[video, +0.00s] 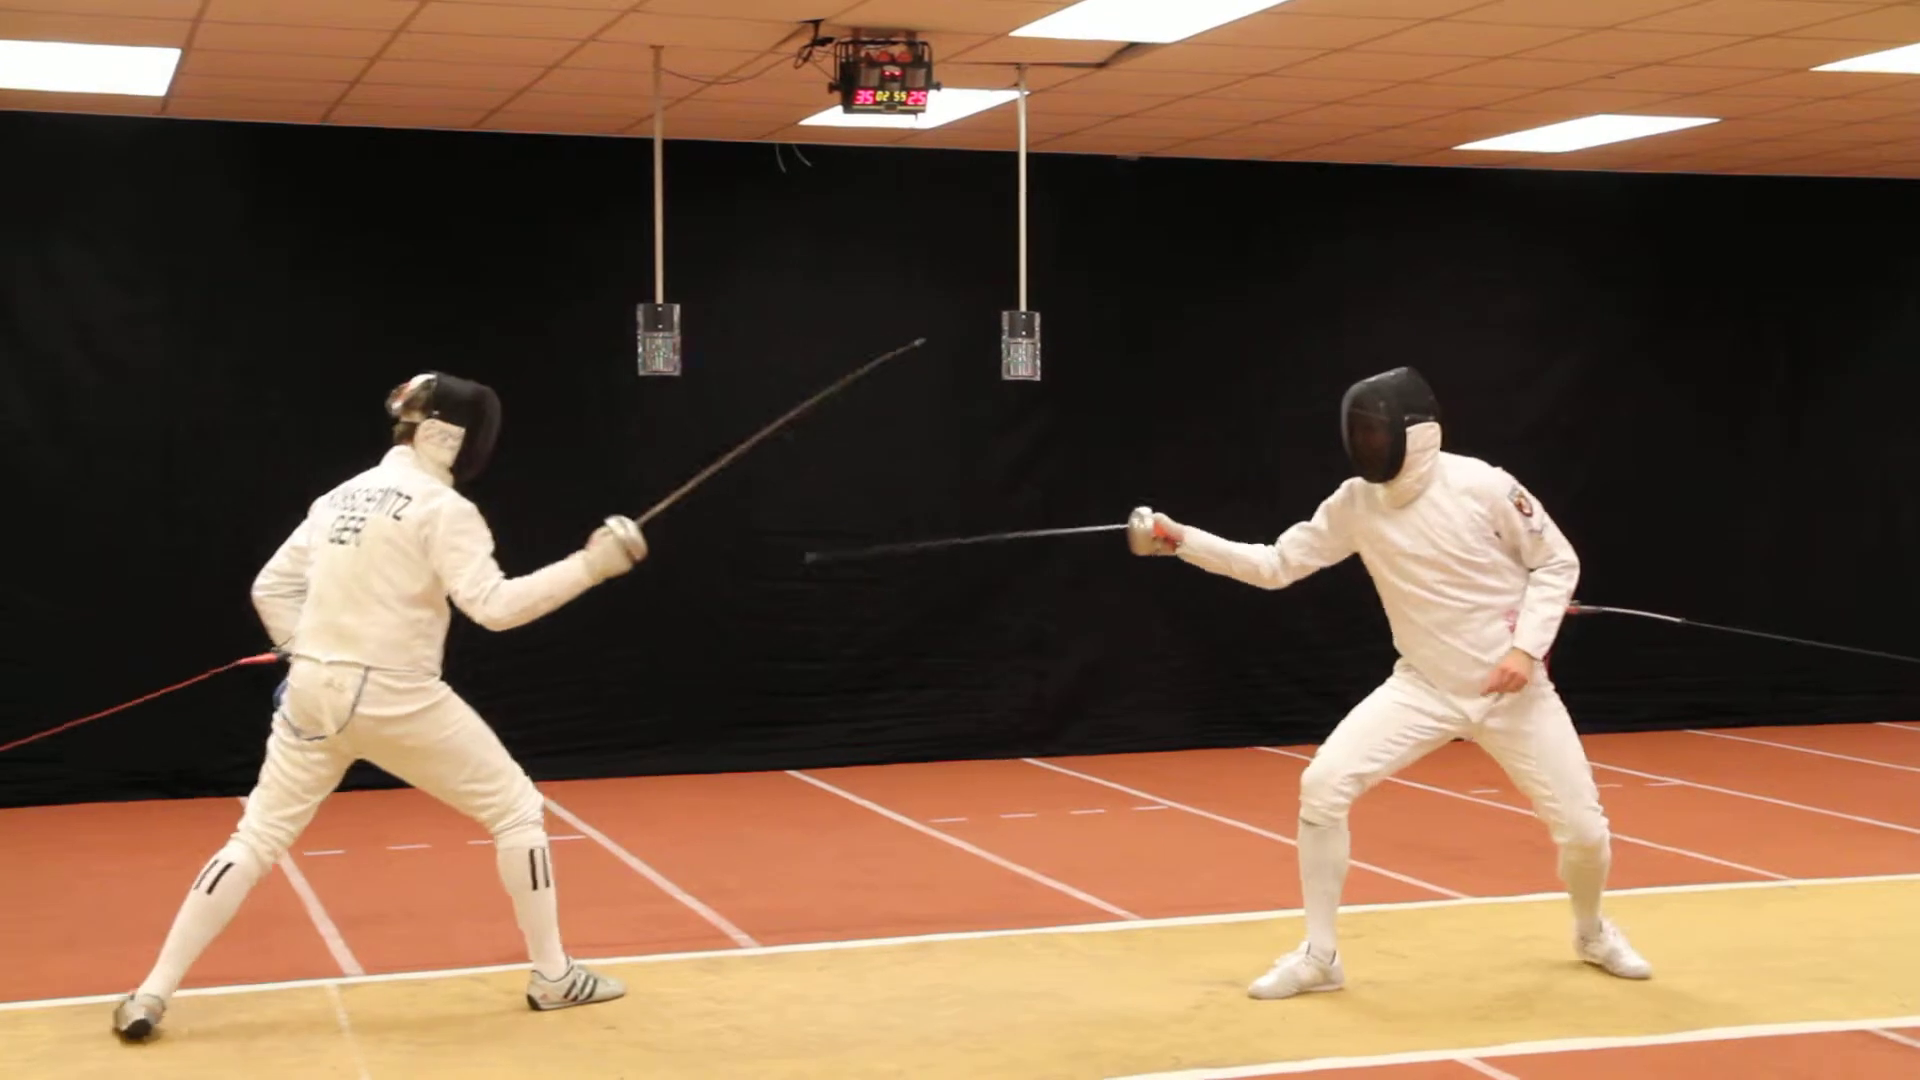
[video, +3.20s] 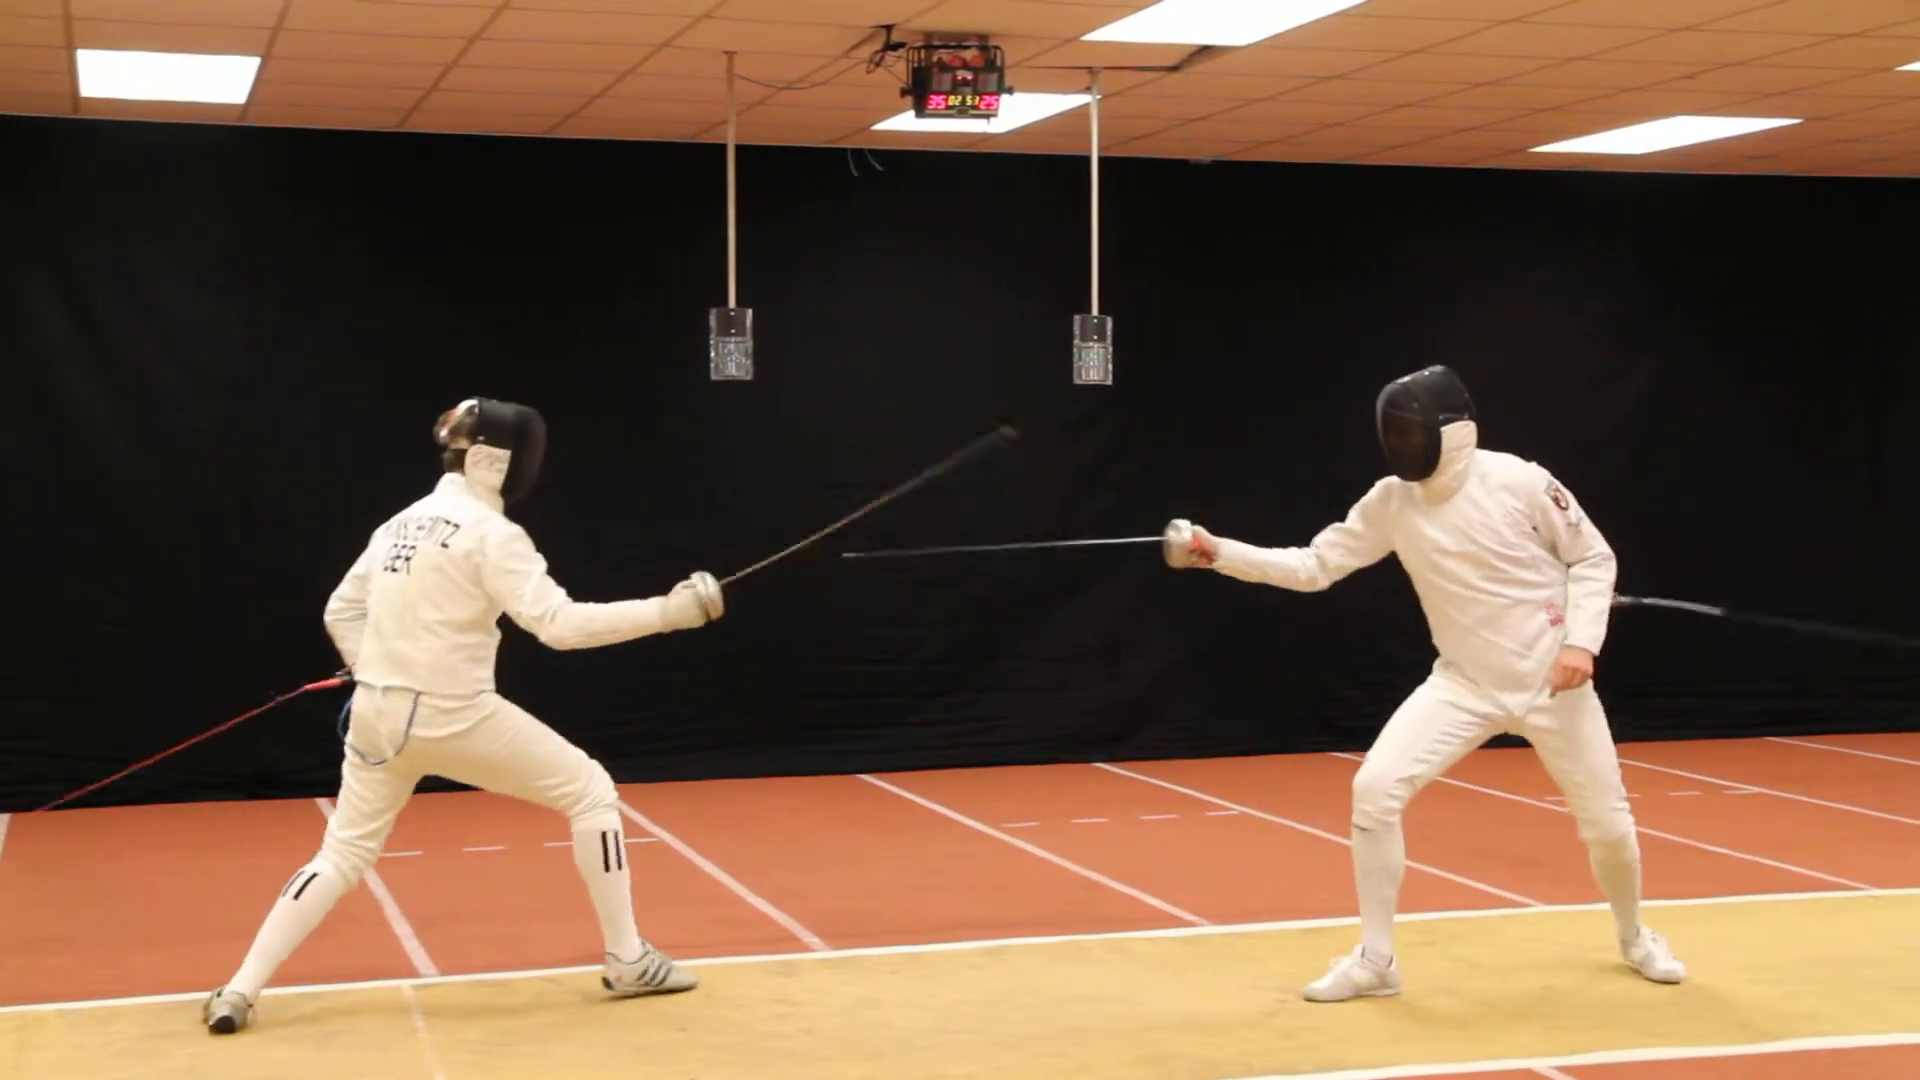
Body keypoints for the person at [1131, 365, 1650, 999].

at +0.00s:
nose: (1360, 445)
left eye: (1373, 431)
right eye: (1355, 431)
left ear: (1416, 432)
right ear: (1355, 436)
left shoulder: (1483, 488)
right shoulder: (1356, 506)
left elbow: (1556, 563)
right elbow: (1273, 564)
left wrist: (1526, 648)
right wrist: (1176, 538)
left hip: (1515, 691)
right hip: (1421, 690)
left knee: (1586, 834)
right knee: (1323, 789)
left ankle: (1591, 933)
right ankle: (1319, 955)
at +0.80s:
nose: (1409, 417)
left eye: (1422, 403)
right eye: (1406, 404)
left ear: (1464, 402)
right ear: (1406, 408)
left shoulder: (1529, 461)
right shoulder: (1406, 480)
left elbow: (1603, 541)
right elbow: (1352, 559)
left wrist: (1549, 616)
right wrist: (1264, 543)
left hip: (1558, 665)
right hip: (1466, 666)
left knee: (1590, 815)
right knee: (1393, 788)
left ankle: (1615, 936)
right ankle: (1354, 952)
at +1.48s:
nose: (1368, 427)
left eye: (1380, 414)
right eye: (1365, 414)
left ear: (1425, 414)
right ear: (1369, 418)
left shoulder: (1496, 472)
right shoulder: (1365, 485)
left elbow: (1559, 553)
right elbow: (1279, 535)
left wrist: (1534, 635)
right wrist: (1176, 517)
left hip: (1510, 681)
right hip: (1416, 676)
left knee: (1562, 822)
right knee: (1341, 793)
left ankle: (1603, 940)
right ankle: (1326, 962)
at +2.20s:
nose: (1381, 432)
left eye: (1393, 417)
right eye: (1376, 419)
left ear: (1435, 416)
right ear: (1377, 423)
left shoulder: (1505, 477)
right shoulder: (1380, 495)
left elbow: (1575, 562)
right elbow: (1341, 581)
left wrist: (1542, 640)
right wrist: (1252, 557)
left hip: (1528, 684)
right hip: (1435, 682)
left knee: (1591, 831)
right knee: (1355, 799)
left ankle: (1638, 923)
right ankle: (1313, 962)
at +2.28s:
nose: (1407, 427)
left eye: (1418, 413)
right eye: (1404, 414)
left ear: (1462, 413)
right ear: (1410, 416)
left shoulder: (1535, 473)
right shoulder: (1410, 491)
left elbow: (1604, 558)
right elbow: (1369, 576)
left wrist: (1562, 634)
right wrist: (1282, 559)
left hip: (1562, 677)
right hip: (1469, 677)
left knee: (1607, 824)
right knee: (1393, 805)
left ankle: (1642, 930)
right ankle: (1331, 957)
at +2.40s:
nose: (1445, 423)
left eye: (1459, 409)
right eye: (1442, 410)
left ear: (1505, 410)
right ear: (1442, 413)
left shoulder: (1568, 472)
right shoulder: (1442, 488)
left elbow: (1644, 551)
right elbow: (1392, 569)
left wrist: (1598, 626)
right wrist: (1307, 546)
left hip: (1590, 675)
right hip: (1500, 675)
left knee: (1623, 826)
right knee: (1425, 785)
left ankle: (1642, 933)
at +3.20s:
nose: (1392, 445)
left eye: (1404, 431)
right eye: (1388, 432)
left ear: (1448, 430)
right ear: (1391, 436)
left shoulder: (1519, 483)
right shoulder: (1392, 504)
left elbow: (1592, 560)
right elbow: (1312, 566)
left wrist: (1580, 644)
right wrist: (1215, 551)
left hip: (1554, 684)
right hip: (1461, 686)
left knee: (1612, 829)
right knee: (1375, 792)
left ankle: (1635, 938)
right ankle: (1375, 958)